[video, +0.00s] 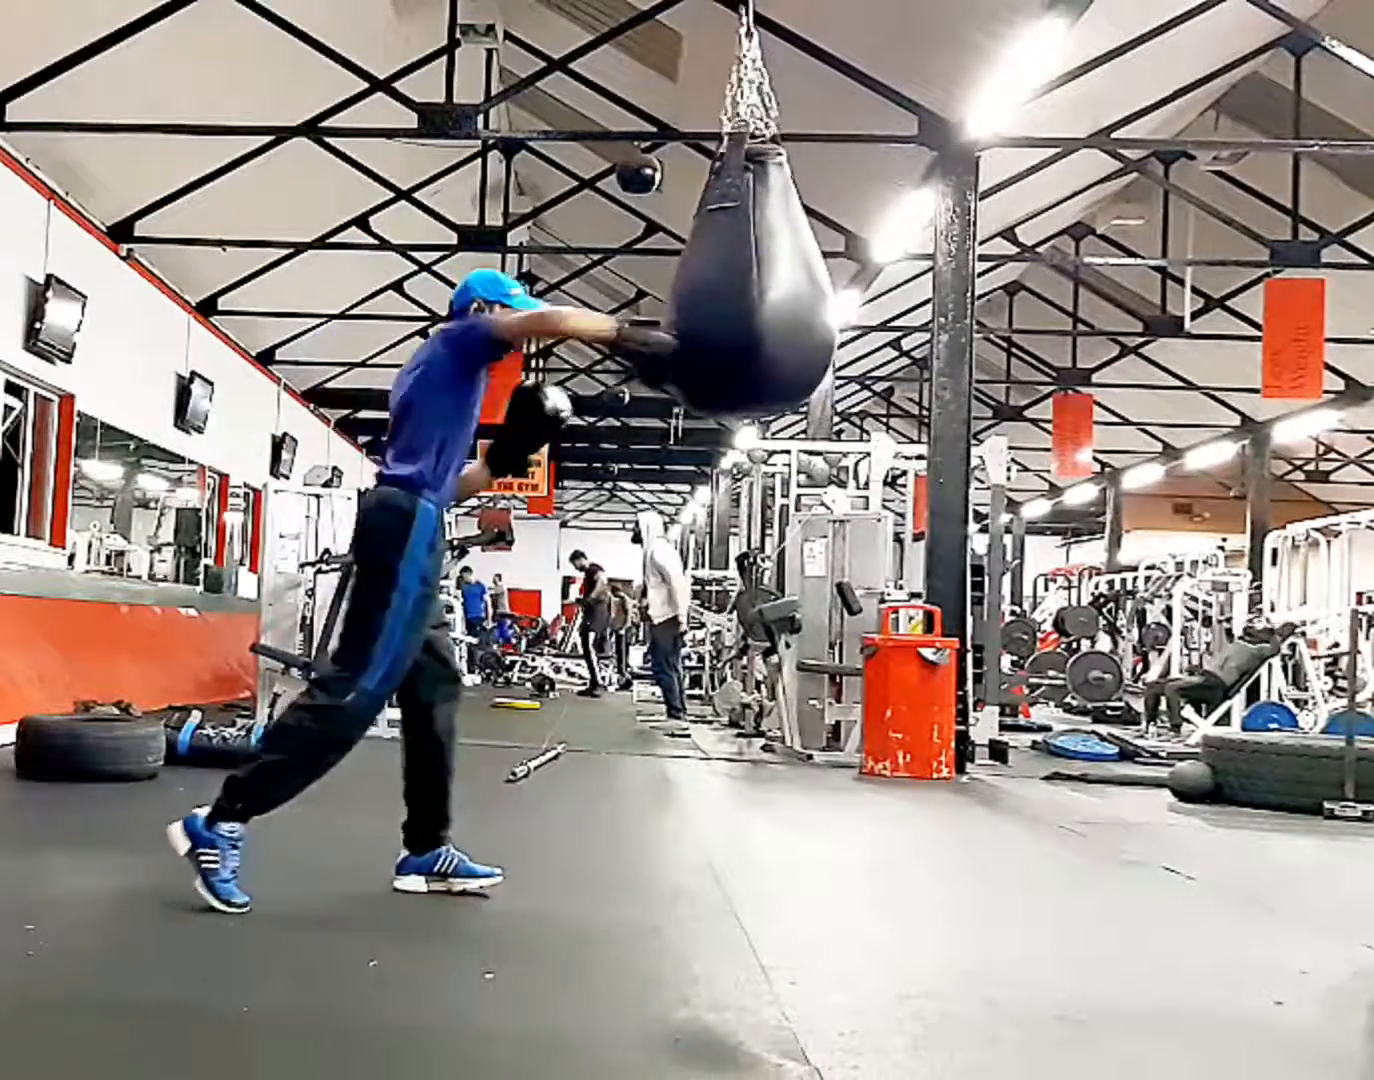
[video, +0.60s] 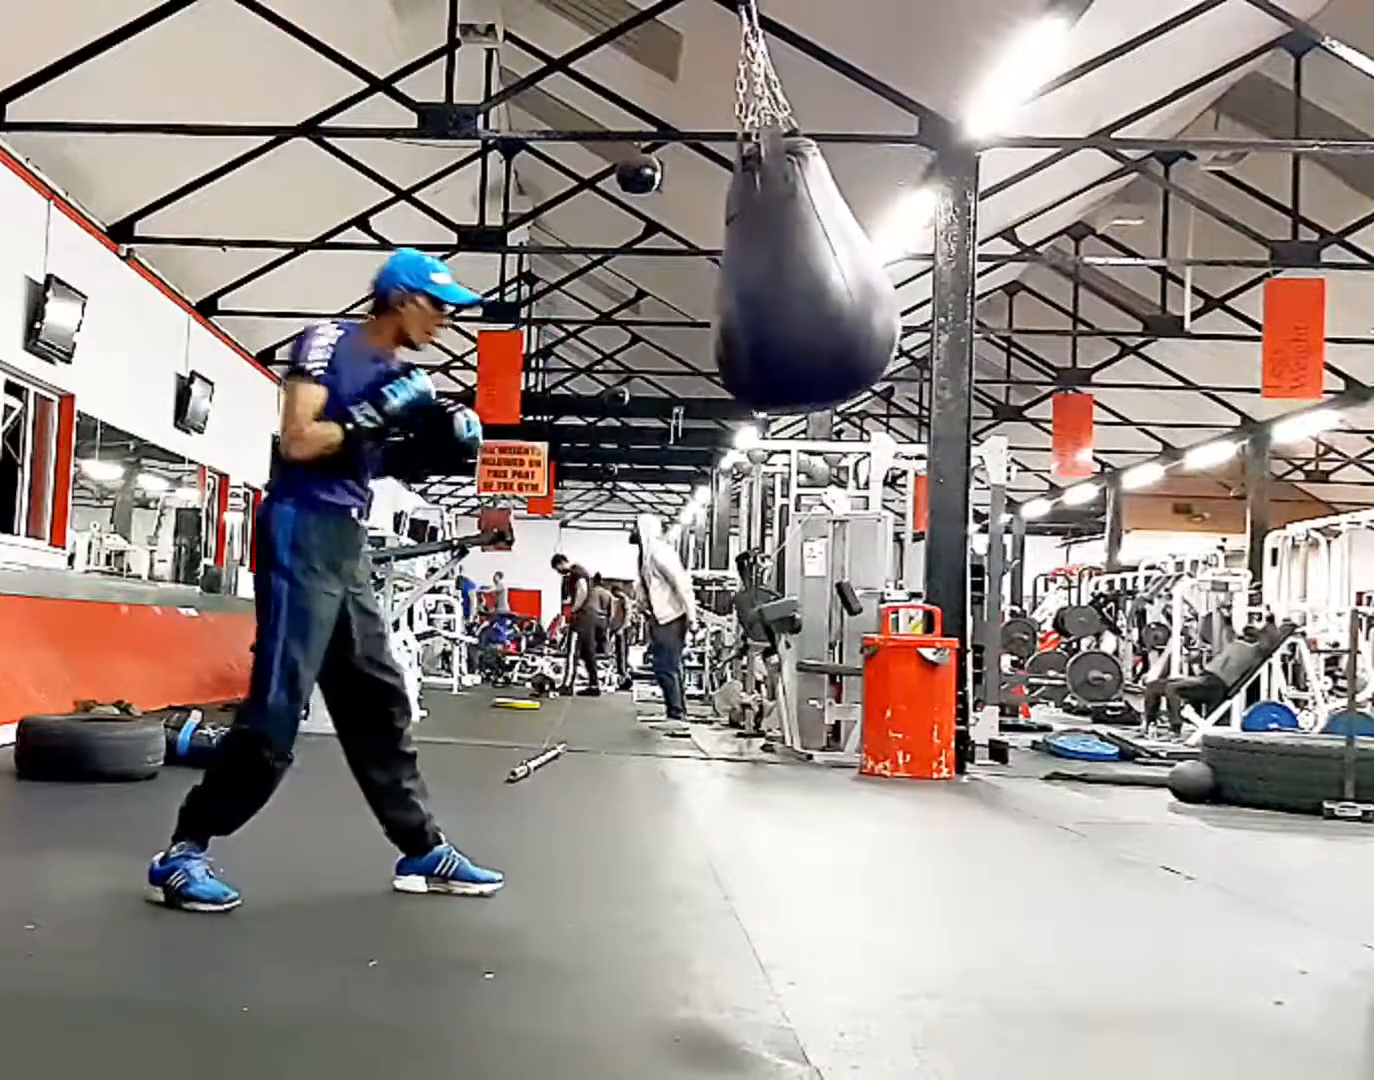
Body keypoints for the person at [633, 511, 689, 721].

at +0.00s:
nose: (633, 531)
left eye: (636, 527)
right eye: (634, 526)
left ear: (646, 529)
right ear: (650, 528)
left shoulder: (658, 550)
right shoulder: (652, 550)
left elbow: (677, 581)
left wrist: (681, 615)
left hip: (665, 617)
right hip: (660, 617)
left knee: (664, 667)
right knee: (670, 666)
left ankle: (676, 711)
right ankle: (677, 709)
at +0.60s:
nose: (631, 532)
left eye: (634, 528)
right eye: (632, 527)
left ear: (644, 530)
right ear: (647, 530)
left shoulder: (659, 551)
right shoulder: (645, 553)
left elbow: (680, 581)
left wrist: (691, 614)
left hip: (669, 617)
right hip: (658, 618)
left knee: (666, 667)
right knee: (669, 666)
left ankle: (676, 711)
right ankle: (675, 710)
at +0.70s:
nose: (628, 533)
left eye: (631, 528)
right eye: (629, 528)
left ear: (641, 531)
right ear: (646, 531)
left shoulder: (656, 552)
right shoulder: (646, 553)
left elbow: (680, 581)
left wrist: (690, 614)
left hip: (669, 618)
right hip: (661, 618)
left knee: (666, 668)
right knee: (671, 667)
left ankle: (676, 712)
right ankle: (677, 710)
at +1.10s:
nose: (642, 528)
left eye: (646, 524)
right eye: (644, 524)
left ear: (653, 526)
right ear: (663, 526)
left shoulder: (656, 548)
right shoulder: (669, 547)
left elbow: (645, 578)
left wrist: (620, 591)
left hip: (659, 612)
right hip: (671, 609)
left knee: (660, 662)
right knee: (670, 662)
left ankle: (675, 711)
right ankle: (679, 707)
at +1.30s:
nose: (652, 528)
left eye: (654, 524)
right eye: (653, 524)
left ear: (662, 525)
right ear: (672, 526)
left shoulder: (662, 544)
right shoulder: (673, 547)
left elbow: (630, 546)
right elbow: (630, 548)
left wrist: (595, 546)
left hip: (655, 608)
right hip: (666, 608)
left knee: (655, 663)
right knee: (667, 661)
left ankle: (675, 712)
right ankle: (677, 709)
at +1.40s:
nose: (653, 527)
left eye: (655, 523)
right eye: (654, 523)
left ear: (661, 524)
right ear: (673, 525)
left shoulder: (663, 542)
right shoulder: (675, 548)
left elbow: (632, 539)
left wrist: (602, 530)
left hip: (655, 606)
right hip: (668, 607)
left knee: (655, 663)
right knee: (667, 661)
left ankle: (674, 713)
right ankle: (678, 710)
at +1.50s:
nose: (653, 528)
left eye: (655, 524)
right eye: (654, 524)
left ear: (663, 525)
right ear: (673, 526)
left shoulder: (665, 543)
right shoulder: (674, 547)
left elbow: (634, 535)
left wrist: (608, 525)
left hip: (657, 606)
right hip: (669, 606)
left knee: (655, 662)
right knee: (665, 660)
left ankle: (674, 713)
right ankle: (677, 709)